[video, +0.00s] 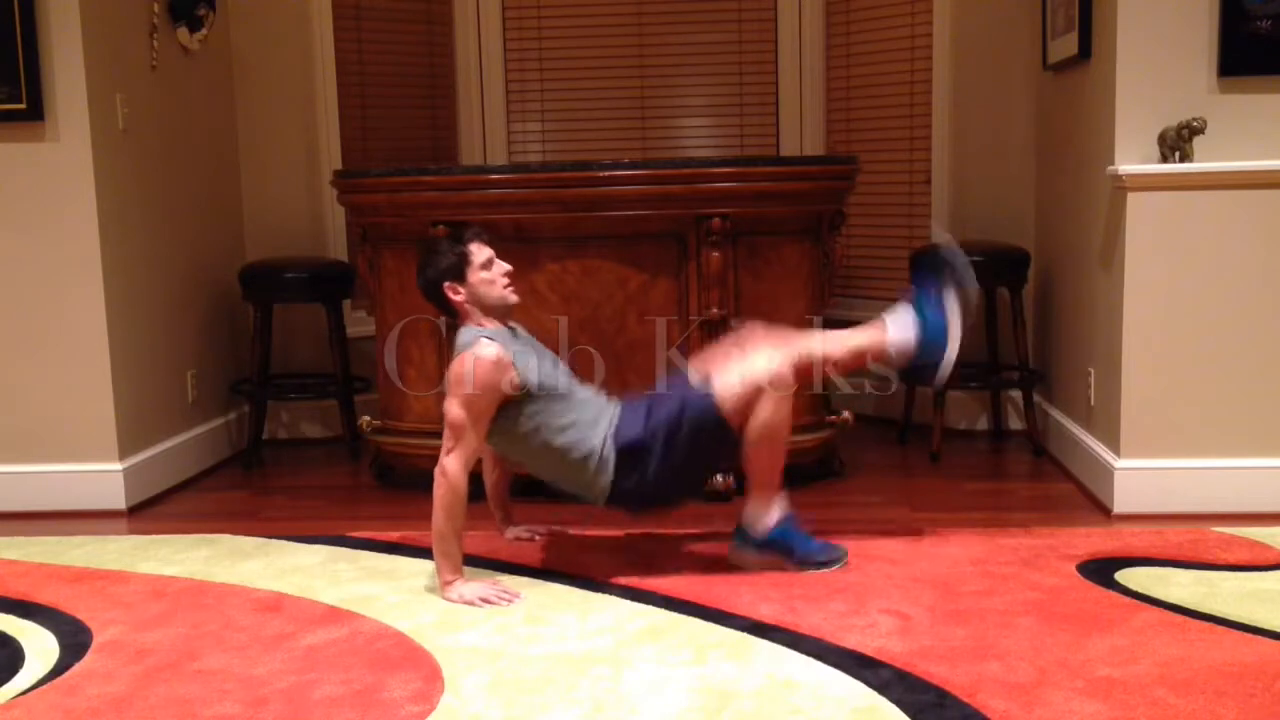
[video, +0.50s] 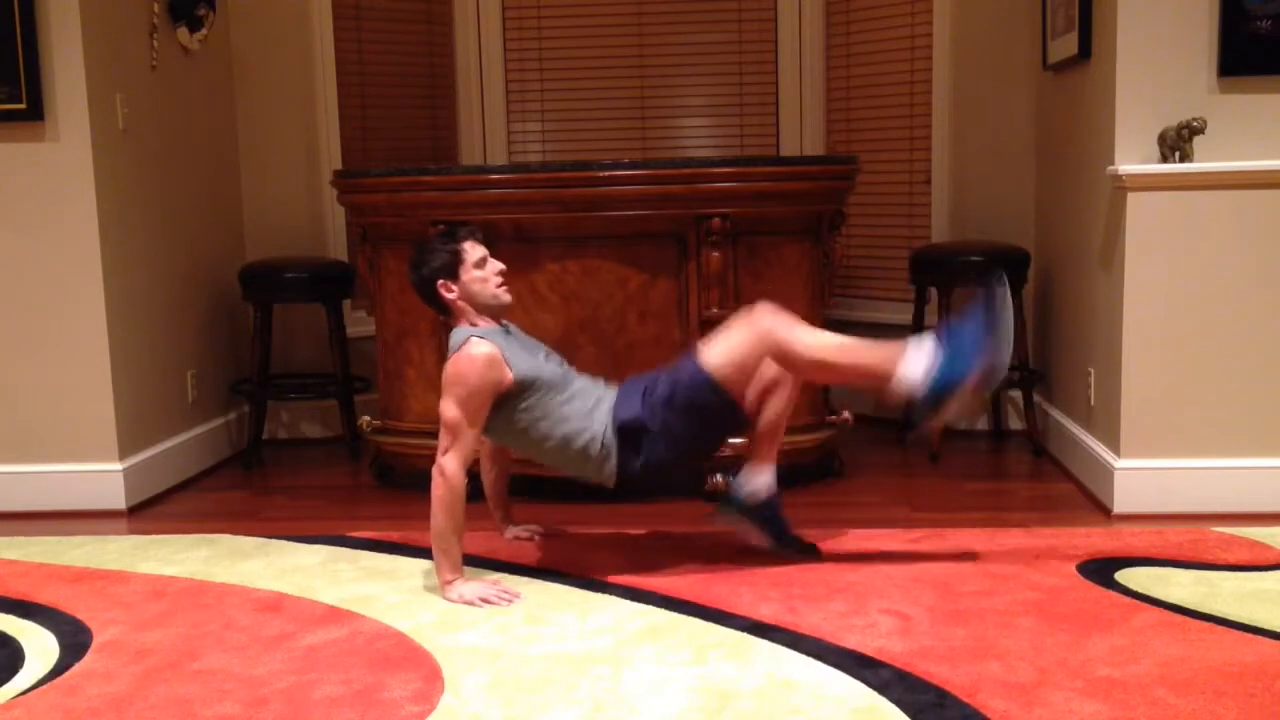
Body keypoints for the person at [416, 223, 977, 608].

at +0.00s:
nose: (505, 271)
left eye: (499, 262)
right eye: (489, 267)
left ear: (481, 283)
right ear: (456, 293)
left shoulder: (500, 338)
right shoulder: (478, 360)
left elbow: (488, 439)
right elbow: (450, 465)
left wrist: (501, 517)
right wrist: (448, 577)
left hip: (633, 428)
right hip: (626, 460)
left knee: (758, 341)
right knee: (767, 372)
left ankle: (905, 333)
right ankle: (762, 525)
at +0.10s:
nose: (517, 274)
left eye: (510, 267)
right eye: (501, 273)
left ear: (501, 293)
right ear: (476, 306)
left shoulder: (526, 341)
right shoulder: (498, 364)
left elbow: (498, 436)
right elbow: (458, 463)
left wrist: (501, 519)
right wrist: (447, 578)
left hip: (630, 471)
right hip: (616, 498)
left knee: (797, 389)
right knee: (740, 380)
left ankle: (896, 319)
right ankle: (756, 532)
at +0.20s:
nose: (512, 271)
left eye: (506, 262)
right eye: (496, 268)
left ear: (490, 285)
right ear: (465, 295)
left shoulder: (511, 337)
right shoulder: (487, 360)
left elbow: (492, 438)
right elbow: (454, 465)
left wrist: (502, 520)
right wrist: (450, 578)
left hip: (632, 453)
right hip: (623, 481)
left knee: (759, 356)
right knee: (759, 374)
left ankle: (901, 376)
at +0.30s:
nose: (501, 269)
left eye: (495, 260)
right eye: (484, 265)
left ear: (478, 280)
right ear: (451, 290)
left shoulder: (495, 335)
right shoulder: (472, 357)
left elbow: (489, 437)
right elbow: (449, 464)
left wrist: (499, 520)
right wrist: (449, 576)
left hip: (646, 408)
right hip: (639, 448)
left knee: (763, 312)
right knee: (795, 368)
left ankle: (865, 422)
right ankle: (771, 520)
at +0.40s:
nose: (494, 270)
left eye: (489, 261)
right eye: (478, 265)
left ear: (461, 285)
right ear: (446, 290)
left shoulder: (489, 337)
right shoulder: (468, 356)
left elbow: (491, 437)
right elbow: (450, 464)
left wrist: (502, 518)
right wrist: (450, 575)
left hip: (646, 395)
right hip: (646, 421)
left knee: (779, 324)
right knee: (775, 311)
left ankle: (794, 467)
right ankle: (861, 451)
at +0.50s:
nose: (499, 269)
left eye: (493, 260)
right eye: (483, 265)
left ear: (475, 283)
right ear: (451, 292)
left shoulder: (498, 340)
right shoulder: (472, 360)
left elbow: (489, 438)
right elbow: (448, 466)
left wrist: (499, 518)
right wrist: (449, 576)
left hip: (637, 423)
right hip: (630, 440)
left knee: (786, 354)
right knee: (763, 320)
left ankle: (754, 492)